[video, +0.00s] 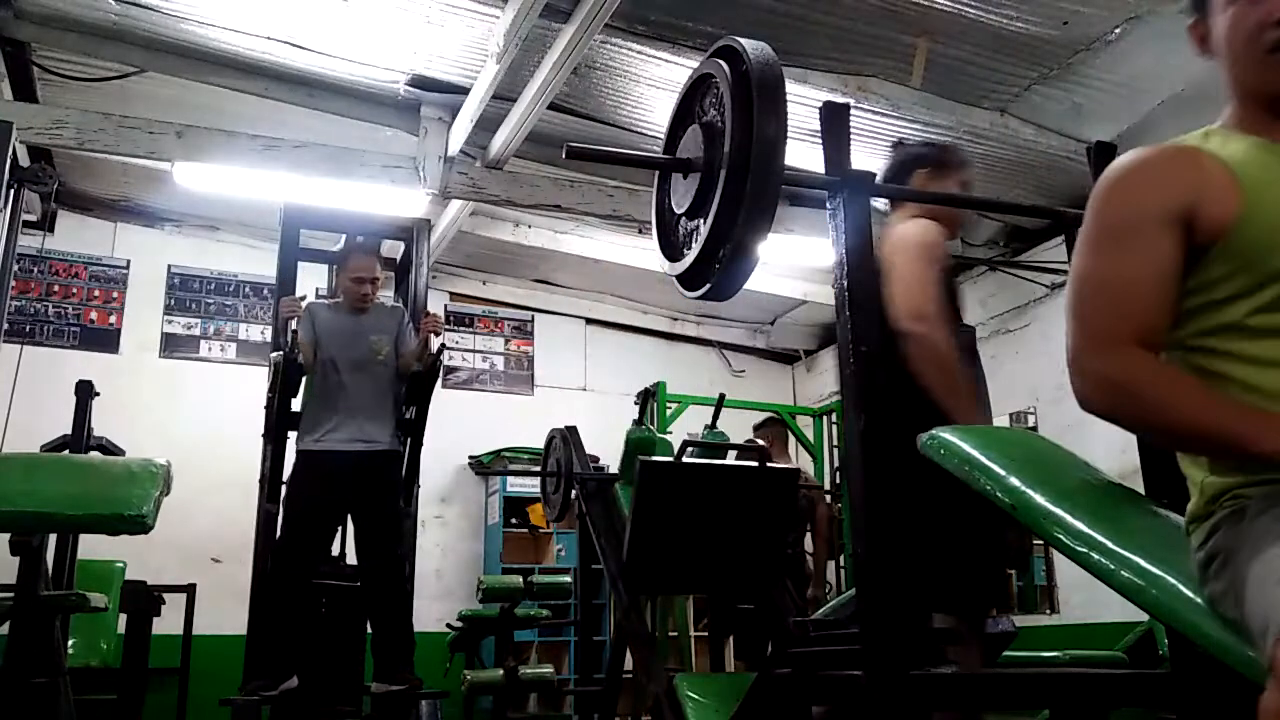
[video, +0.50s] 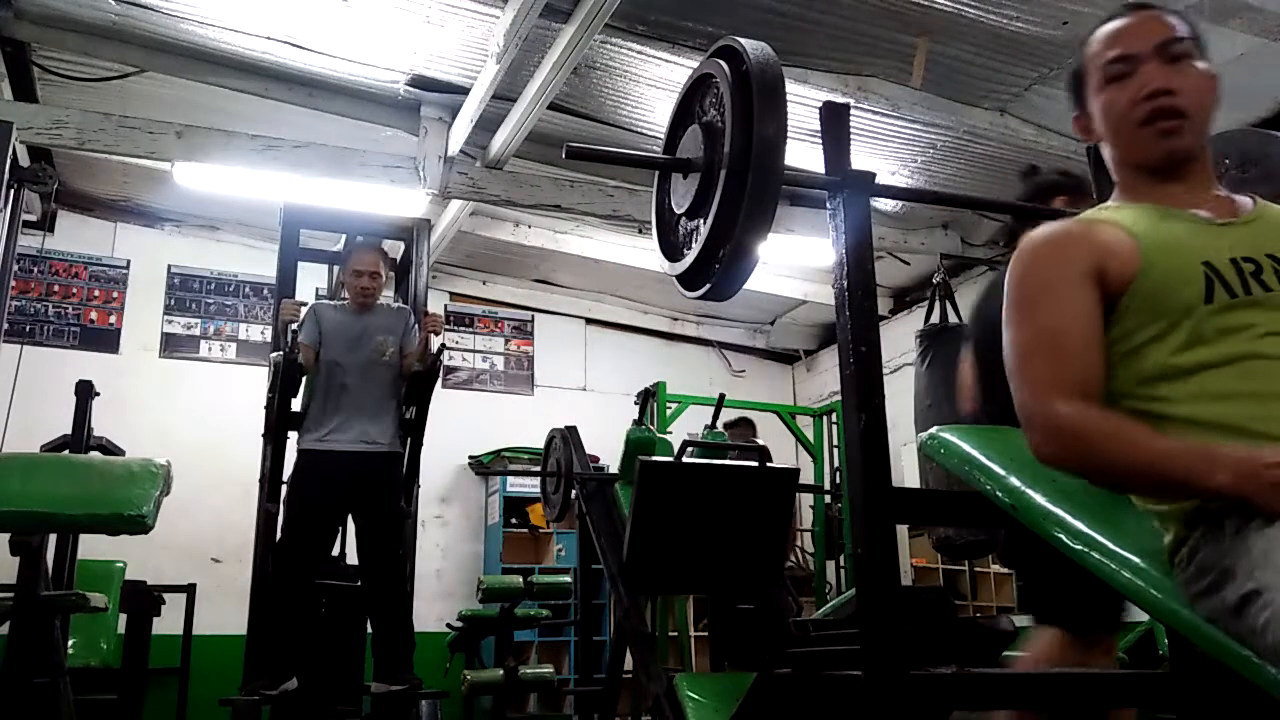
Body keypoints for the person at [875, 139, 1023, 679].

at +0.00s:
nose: (963, 202)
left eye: (964, 190)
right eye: (956, 189)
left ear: (911, 187)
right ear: (921, 181)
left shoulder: (884, 242)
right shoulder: (915, 231)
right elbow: (917, 325)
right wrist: (972, 423)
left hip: (893, 444)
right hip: (927, 444)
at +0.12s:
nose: (998, 198)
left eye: (999, 186)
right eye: (991, 185)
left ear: (939, 185)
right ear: (958, 181)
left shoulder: (913, 249)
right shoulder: (960, 237)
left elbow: (911, 353)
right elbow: (992, 339)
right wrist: (1032, 431)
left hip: (911, 440)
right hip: (956, 440)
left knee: (949, 578)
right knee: (980, 589)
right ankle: (968, 697)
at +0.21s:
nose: (1023, 207)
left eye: (1024, 195)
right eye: (1017, 192)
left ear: (964, 188)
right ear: (982, 183)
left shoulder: (924, 259)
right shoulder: (989, 242)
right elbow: (1031, 365)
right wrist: (1087, 459)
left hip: (929, 455)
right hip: (985, 454)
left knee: (977, 610)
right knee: (1013, 608)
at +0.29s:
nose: (1043, 212)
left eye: (1045, 201)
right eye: (1039, 199)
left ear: (985, 193)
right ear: (1009, 188)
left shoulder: (936, 273)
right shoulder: (1004, 247)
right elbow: (1072, 312)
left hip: (946, 467)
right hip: (1006, 465)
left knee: (980, 615)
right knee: (1043, 608)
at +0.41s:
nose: (1077, 227)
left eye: (1078, 216)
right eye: (1073, 214)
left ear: (1015, 205)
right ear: (1043, 203)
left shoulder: (972, 285)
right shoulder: (1041, 274)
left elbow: (949, 392)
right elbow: (1056, 385)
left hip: (982, 467)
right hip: (1038, 464)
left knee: (1017, 605)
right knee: (1075, 612)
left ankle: (974, 706)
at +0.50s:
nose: (1079, 225)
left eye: (1080, 214)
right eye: (1071, 213)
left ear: (1020, 220)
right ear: (1050, 213)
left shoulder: (993, 293)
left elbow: (972, 406)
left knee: (1078, 622)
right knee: (1081, 621)